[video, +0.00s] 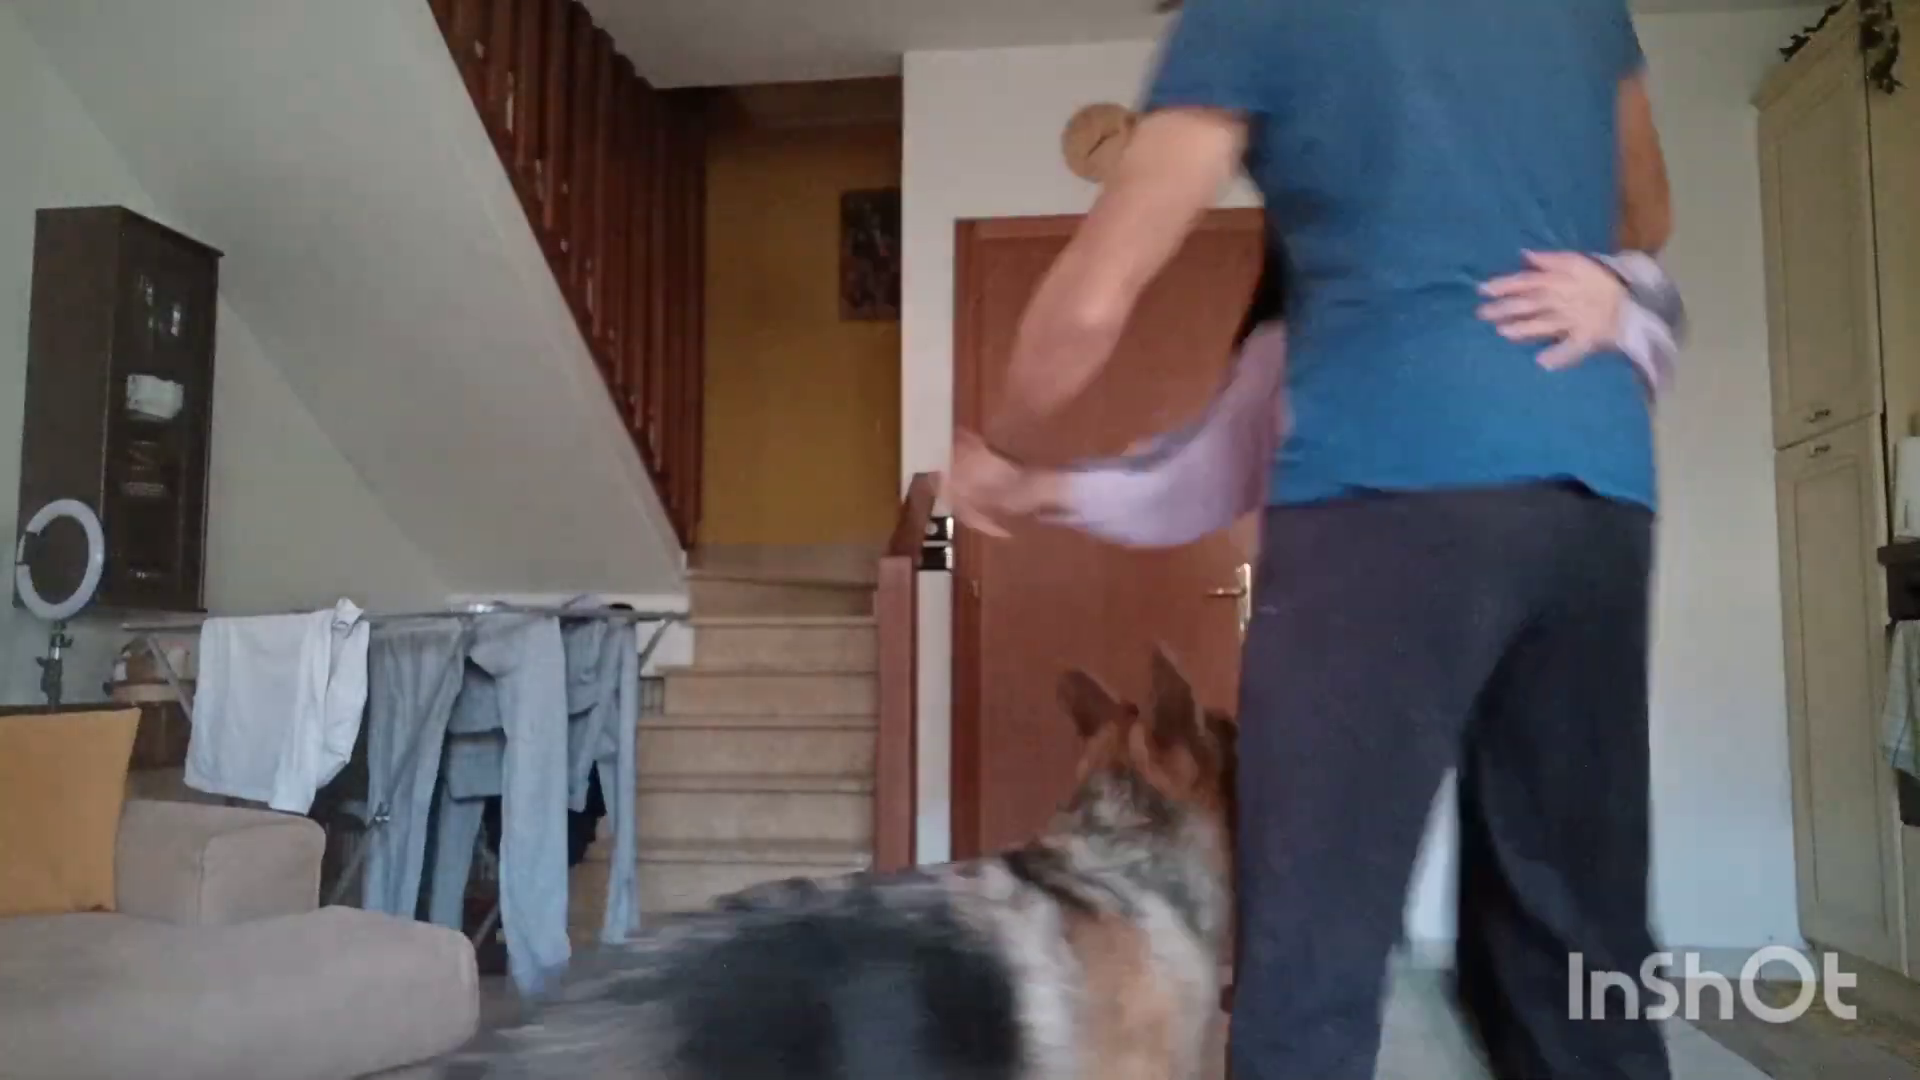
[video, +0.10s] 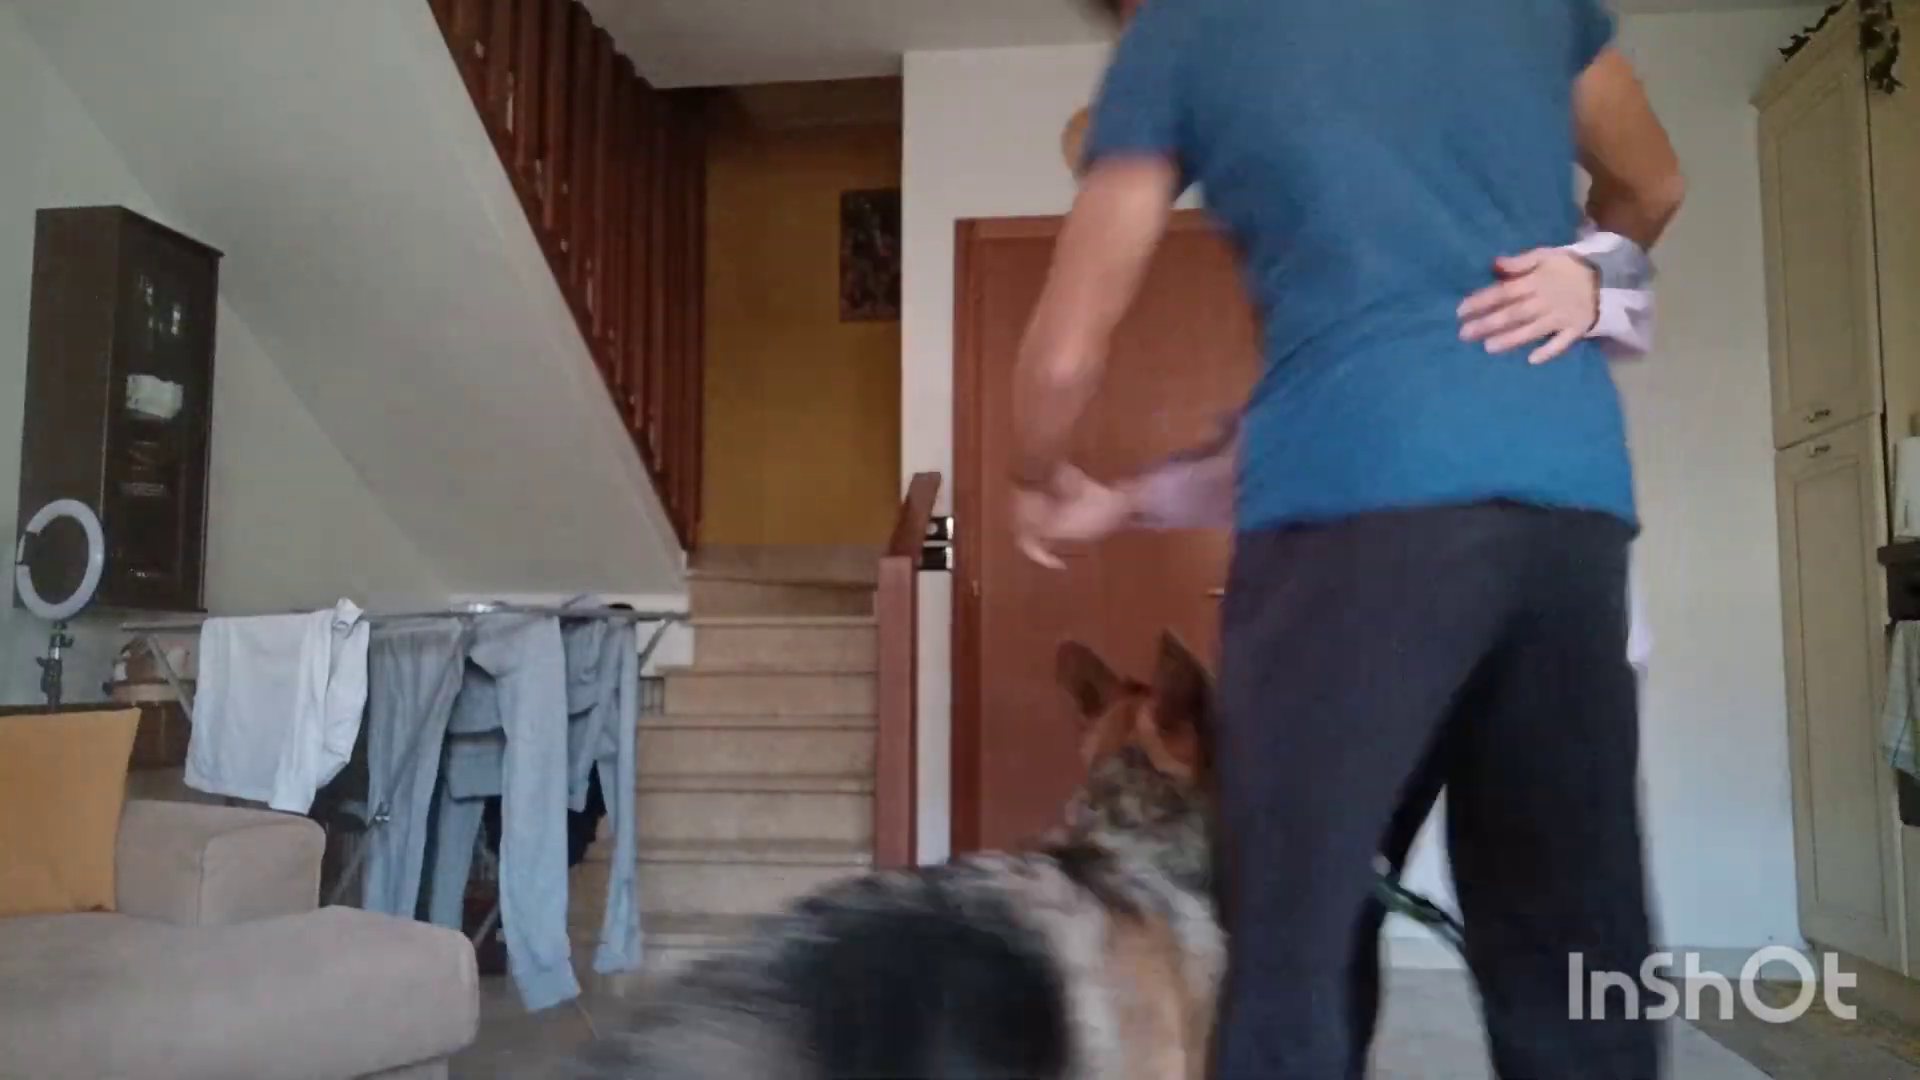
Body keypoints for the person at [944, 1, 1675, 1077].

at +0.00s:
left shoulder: (1257, 14)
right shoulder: (1585, 13)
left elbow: (1089, 303)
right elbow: (1642, 219)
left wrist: (1007, 449)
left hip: (1394, 494)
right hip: (1600, 499)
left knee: (1310, 980)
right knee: (1573, 970)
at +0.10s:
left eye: (1120, 19)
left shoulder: (1184, 25)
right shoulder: (1537, 10)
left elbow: (1060, 353)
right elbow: (1651, 182)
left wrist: (1040, 472)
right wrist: (1587, 271)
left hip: (1365, 513)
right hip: (1575, 510)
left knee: (1293, 957)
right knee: (1574, 954)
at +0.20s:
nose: (1082, 40)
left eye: (1077, 31)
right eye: (1073, 34)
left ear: (1096, 9)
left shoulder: (1131, 69)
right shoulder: (1481, 13)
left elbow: (1071, 403)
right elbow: (1657, 167)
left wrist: (1084, 502)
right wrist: (1597, 281)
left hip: (1324, 529)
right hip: (1554, 523)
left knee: (1261, 998)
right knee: (1538, 998)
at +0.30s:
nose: (1069, 34)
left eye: (1064, 30)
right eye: (1061, 30)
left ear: (1084, 10)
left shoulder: (1104, 68)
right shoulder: (1469, 7)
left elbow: (1113, 380)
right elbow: (1654, 144)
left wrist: (1134, 524)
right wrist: (1610, 296)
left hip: (1305, 488)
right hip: (1542, 472)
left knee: (1271, 950)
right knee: (1545, 943)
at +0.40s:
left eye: (1060, 29)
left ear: (1085, 5)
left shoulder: (1105, 54)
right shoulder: (1477, 2)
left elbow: (1137, 387)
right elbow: (1655, 144)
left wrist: (1173, 533)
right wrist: (1623, 328)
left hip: (1301, 484)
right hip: (1540, 462)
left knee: (1266, 943)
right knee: (1576, 936)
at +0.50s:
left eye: (1079, 34)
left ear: (1109, 7)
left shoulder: (1124, 70)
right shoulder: (1489, 7)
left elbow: (1134, 406)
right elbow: (1688, 181)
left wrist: (1202, 543)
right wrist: (1631, 319)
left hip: (1294, 524)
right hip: (1545, 503)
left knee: (1254, 999)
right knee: (1617, 986)